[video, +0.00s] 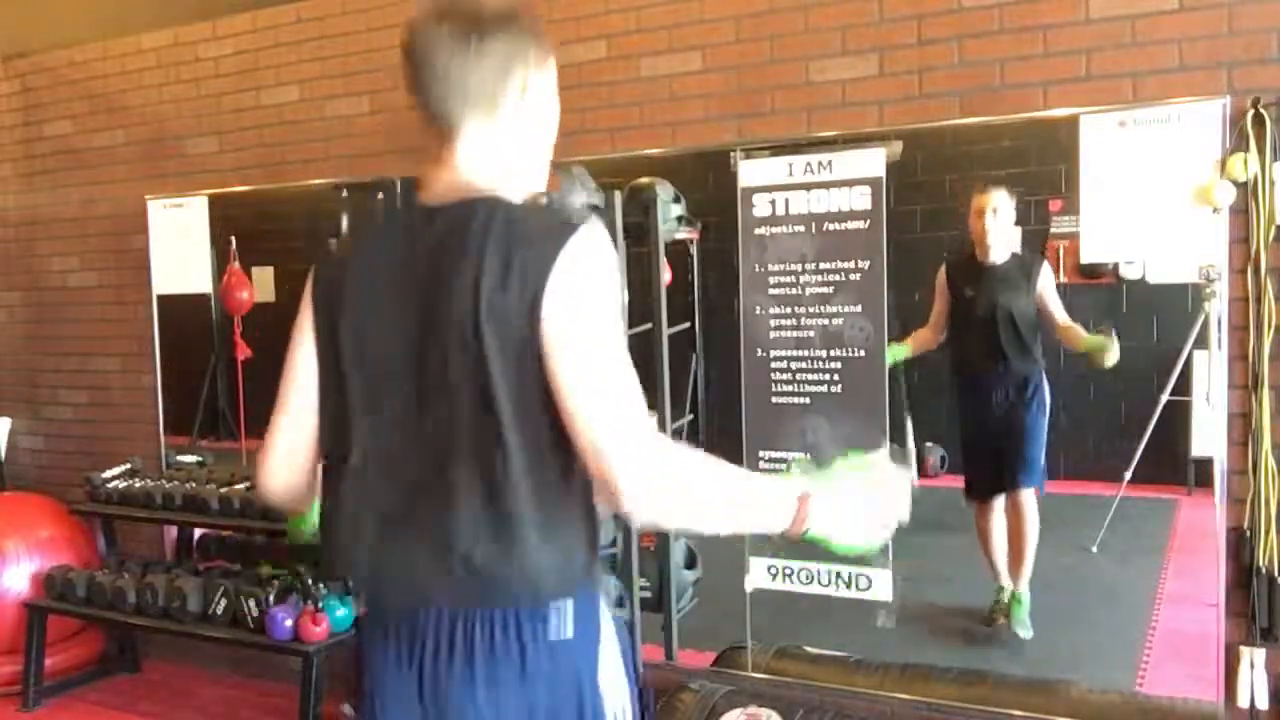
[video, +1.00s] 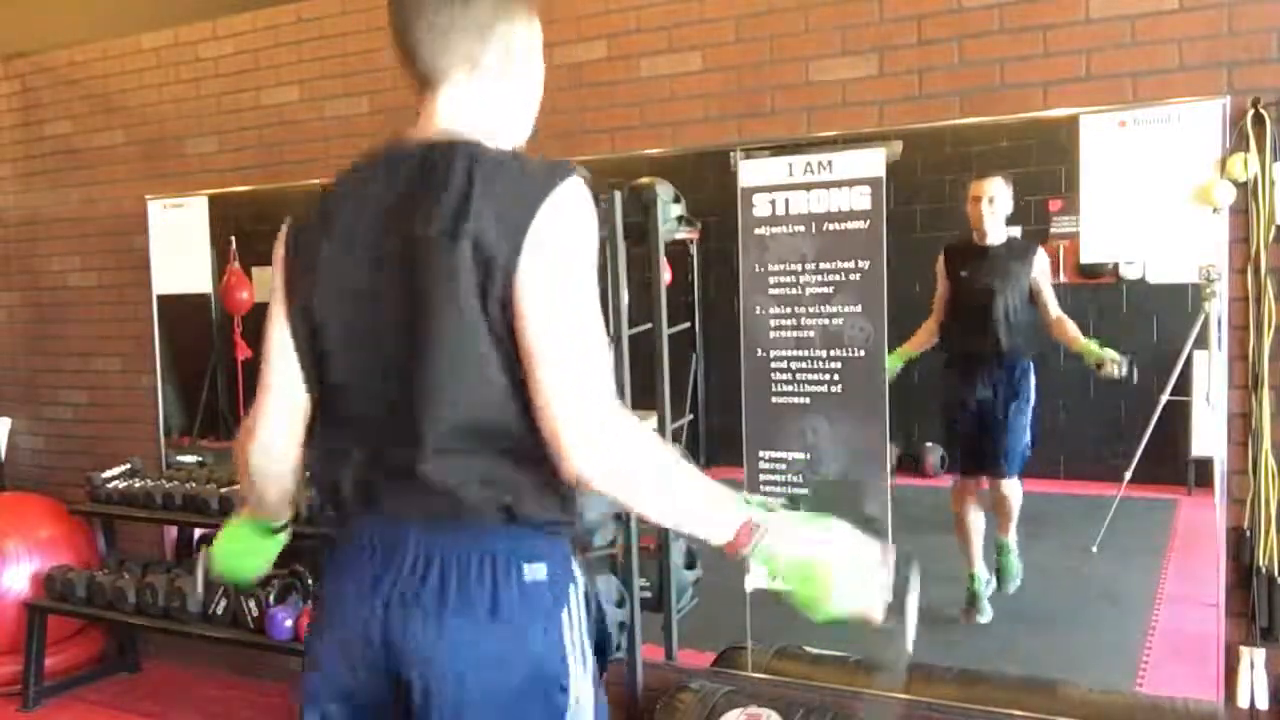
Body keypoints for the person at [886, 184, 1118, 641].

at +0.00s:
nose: (987, 222)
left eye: (996, 213)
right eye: (980, 213)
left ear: (1013, 220)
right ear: (969, 220)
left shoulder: (1035, 270)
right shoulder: (952, 272)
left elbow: (1062, 325)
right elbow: (934, 331)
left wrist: (1092, 343)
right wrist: (898, 350)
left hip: (1025, 390)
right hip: (976, 391)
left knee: (1021, 490)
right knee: (984, 496)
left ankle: (1020, 592)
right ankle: (1003, 587)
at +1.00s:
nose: (982, 209)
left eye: (991, 200)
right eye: (976, 200)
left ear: (1009, 206)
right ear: (967, 207)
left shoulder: (1031, 256)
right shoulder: (951, 256)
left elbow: (1054, 318)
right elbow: (937, 321)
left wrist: (1091, 351)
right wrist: (897, 358)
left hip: (1013, 374)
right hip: (963, 374)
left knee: (1003, 481)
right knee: (967, 485)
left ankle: (1006, 546)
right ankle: (976, 580)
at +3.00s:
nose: (978, 207)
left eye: (987, 199)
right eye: (972, 199)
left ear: (1003, 204)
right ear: (963, 205)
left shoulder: (1028, 254)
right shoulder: (949, 258)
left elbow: (1056, 314)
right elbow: (935, 321)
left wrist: (1095, 350)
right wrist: (899, 360)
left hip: (1022, 373)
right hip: (972, 374)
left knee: (1016, 472)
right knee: (983, 477)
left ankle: (1017, 570)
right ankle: (991, 572)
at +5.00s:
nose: (997, 205)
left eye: (1006, 196)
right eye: (990, 196)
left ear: (1023, 203)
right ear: (978, 202)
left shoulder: (1043, 253)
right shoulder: (961, 253)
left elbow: (1065, 318)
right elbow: (941, 316)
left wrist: (1106, 352)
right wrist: (902, 355)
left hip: (1025, 373)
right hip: (975, 372)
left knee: (1013, 476)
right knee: (981, 485)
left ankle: (1011, 577)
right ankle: (1011, 557)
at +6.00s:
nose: (977, 236)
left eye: (986, 228)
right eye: (972, 228)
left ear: (1004, 234)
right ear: (962, 234)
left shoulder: (1025, 284)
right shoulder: (944, 284)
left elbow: (1049, 339)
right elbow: (927, 334)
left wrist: (1082, 348)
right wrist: (891, 347)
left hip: (1010, 401)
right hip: (960, 401)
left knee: (1005, 503)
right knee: (964, 507)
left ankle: (1015, 535)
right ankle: (983, 589)